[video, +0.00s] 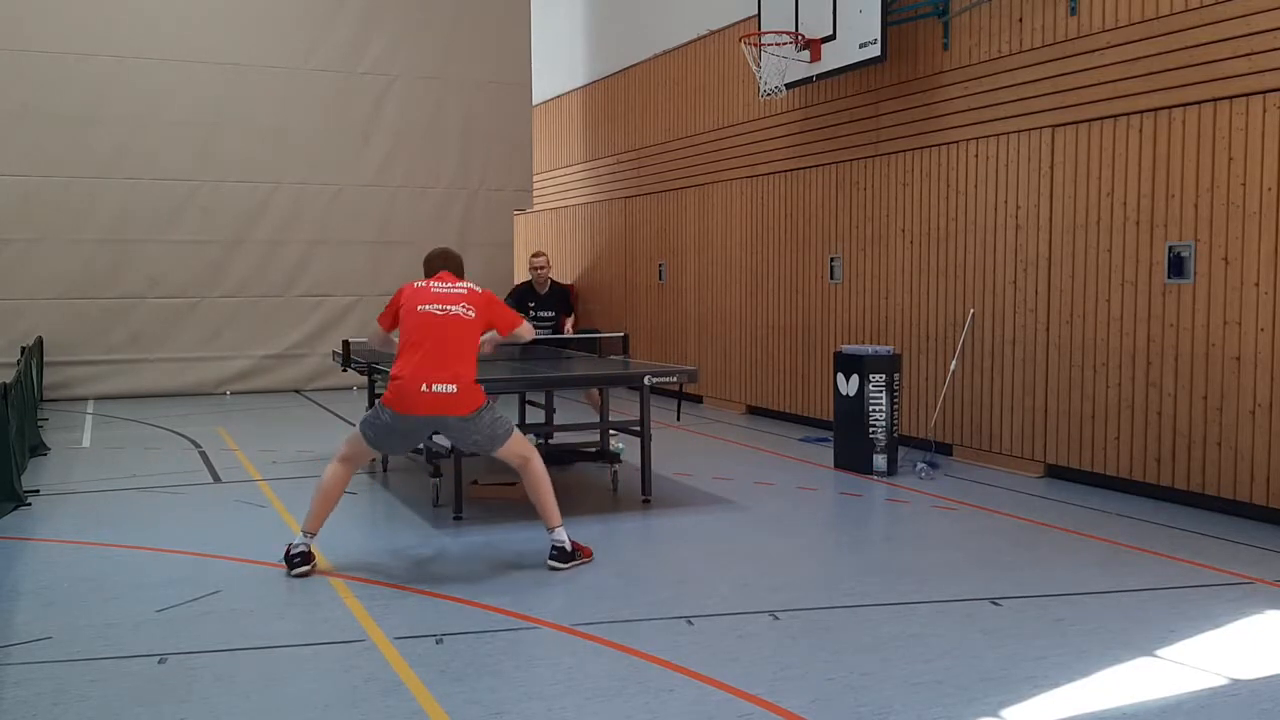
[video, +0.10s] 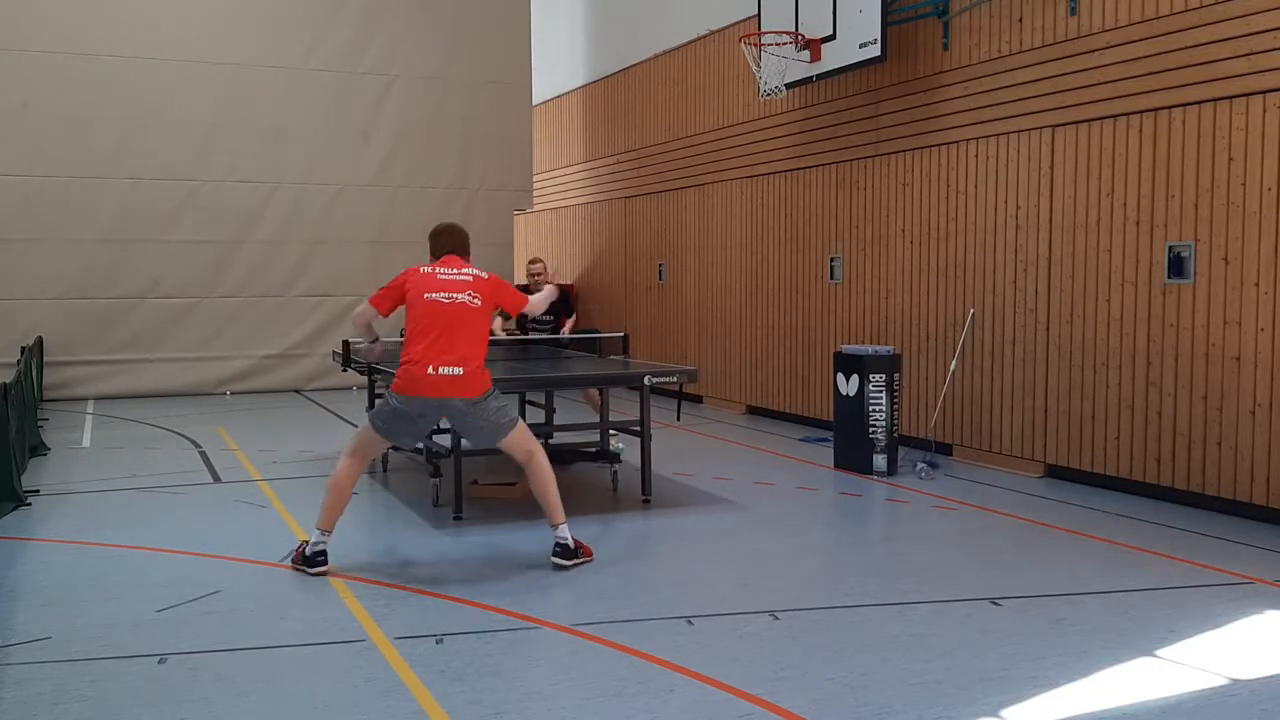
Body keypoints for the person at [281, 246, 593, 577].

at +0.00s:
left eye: (431, 277)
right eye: (457, 274)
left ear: (425, 275)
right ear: (462, 274)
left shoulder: (409, 291)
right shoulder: (481, 295)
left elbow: (379, 336)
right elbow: (525, 333)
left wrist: (406, 347)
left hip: (405, 403)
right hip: (463, 402)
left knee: (346, 460)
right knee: (526, 457)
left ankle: (302, 545)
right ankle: (561, 542)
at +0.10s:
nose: (461, 256)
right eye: (464, 251)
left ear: (432, 254)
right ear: (467, 253)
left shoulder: (412, 277)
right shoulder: (487, 281)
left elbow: (362, 318)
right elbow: (533, 307)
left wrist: (371, 343)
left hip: (413, 390)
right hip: (471, 392)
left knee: (356, 457)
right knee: (531, 454)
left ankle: (317, 546)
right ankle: (564, 539)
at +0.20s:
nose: (469, 250)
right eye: (472, 245)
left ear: (437, 248)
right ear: (473, 248)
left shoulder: (415, 278)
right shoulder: (492, 282)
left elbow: (360, 320)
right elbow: (546, 315)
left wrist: (365, 342)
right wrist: (569, 292)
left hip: (419, 395)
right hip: (479, 396)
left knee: (355, 452)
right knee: (534, 458)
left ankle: (332, 548)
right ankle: (569, 538)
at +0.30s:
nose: (490, 258)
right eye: (490, 252)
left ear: (451, 253)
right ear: (486, 255)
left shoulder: (427, 284)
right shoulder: (501, 289)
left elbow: (377, 326)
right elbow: (552, 333)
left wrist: (389, 330)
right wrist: (578, 317)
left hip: (430, 402)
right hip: (489, 406)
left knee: (361, 458)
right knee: (537, 467)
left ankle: (328, 548)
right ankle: (570, 540)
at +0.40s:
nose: (512, 249)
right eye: (514, 243)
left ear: (477, 242)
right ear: (513, 246)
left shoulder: (448, 272)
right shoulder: (523, 282)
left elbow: (410, 317)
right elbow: (552, 339)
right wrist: (586, 352)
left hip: (446, 394)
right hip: (505, 393)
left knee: (386, 464)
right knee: (564, 445)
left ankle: (338, 547)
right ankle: (585, 527)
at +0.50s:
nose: (549, 255)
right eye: (549, 250)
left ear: (513, 245)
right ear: (545, 250)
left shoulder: (478, 272)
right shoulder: (544, 285)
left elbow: (451, 305)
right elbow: (549, 350)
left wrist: (491, 320)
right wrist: (585, 389)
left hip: (459, 387)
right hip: (515, 388)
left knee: (411, 457)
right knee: (579, 452)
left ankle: (370, 539)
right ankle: (616, 536)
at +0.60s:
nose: (582, 282)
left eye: (580, 276)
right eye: (583, 276)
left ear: (546, 268)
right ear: (578, 276)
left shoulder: (516, 292)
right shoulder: (560, 307)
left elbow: (523, 344)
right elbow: (544, 367)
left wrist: (571, 363)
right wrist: (580, 424)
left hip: (474, 409)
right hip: (525, 413)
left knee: (437, 478)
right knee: (603, 450)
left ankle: (385, 548)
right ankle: (629, 541)